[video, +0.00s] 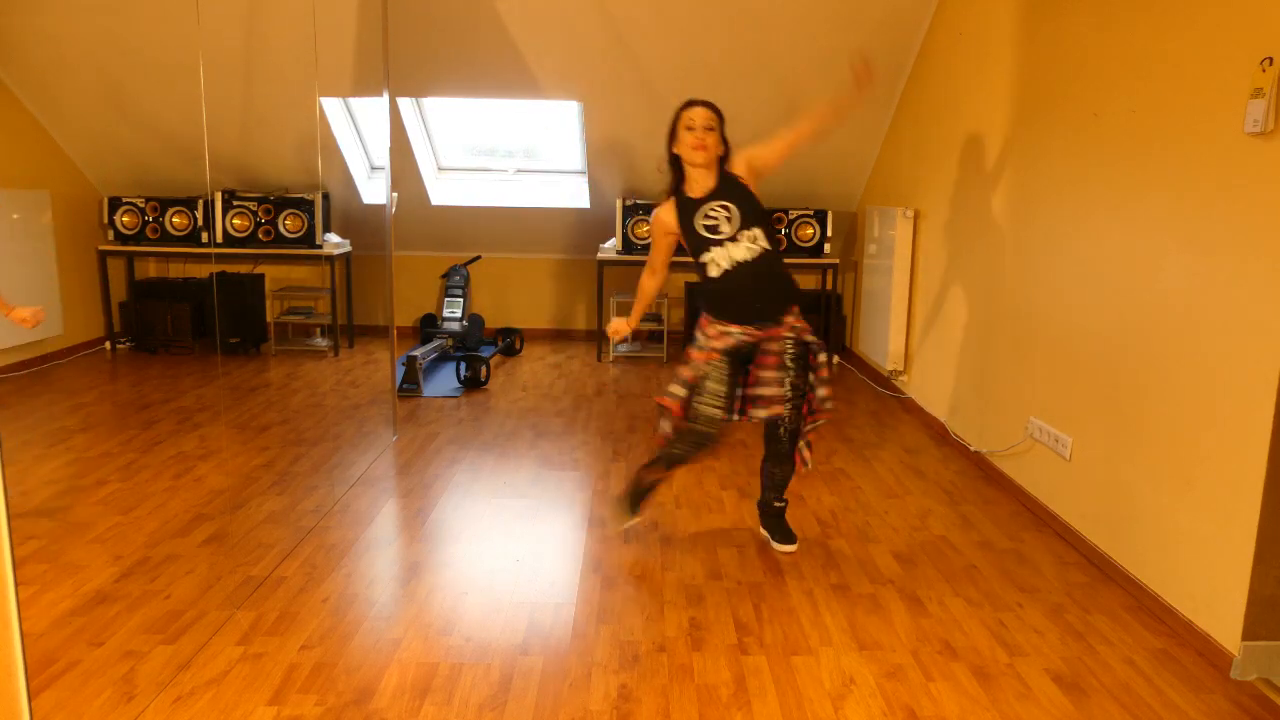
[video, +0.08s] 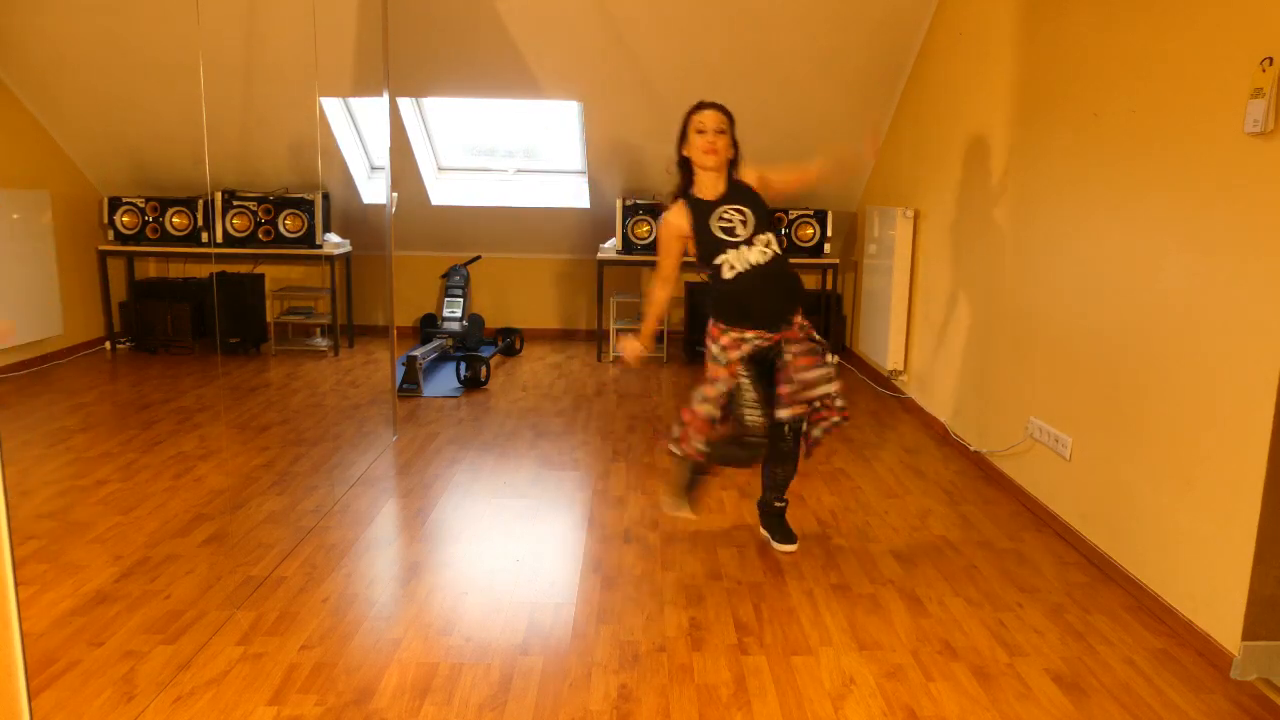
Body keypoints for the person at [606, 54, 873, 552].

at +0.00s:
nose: (701, 135)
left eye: (710, 129)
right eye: (690, 129)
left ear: (722, 141)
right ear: (675, 143)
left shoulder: (744, 171)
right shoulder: (670, 215)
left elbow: (801, 132)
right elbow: (653, 273)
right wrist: (633, 319)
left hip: (782, 319)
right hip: (724, 327)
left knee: (786, 424)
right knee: (704, 427)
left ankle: (773, 507)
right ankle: (645, 481)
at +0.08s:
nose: (711, 139)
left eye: (720, 132)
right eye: (700, 132)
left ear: (733, 144)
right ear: (685, 147)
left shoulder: (750, 181)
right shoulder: (679, 216)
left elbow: (805, 177)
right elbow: (664, 283)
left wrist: (853, 160)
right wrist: (643, 340)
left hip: (788, 324)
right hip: (735, 334)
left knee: (789, 430)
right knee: (754, 434)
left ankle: (773, 507)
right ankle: (699, 459)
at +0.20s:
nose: (726, 137)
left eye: (734, 128)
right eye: (714, 129)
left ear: (745, 140)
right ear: (697, 144)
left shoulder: (756, 194)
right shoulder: (701, 206)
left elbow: (798, 233)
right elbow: (710, 284)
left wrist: (831, 249)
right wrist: (719, 352)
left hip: (793, 329)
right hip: (750, 338)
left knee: (801, 431)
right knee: (776, 440)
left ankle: (776, 507)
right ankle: (749, 499)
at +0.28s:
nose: (733, 123)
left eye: (740, 113)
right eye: (720, 116)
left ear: (750, 124)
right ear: (703, 131)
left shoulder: (759, 188)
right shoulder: (709, 189)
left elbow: (785, 249)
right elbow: (752, 251)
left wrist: (815, 280)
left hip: (775, 320)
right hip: (732, 323)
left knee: (789, 416)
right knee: (751, 419)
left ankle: (772, 505)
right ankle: (730, 487)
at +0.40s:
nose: (738, 95)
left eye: (743, 87)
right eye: (724, 90)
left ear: (755, 97)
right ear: (706, 106)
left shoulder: (759, 155)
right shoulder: (712, 155)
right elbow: (737, 152)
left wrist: (839, 117)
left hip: (770, 298)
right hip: (723, 298)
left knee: (775, 395)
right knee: (713, 398)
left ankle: (767, 505)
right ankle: (669, 489)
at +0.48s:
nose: (737, 91)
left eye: (742, 83)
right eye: (724, 83)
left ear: (749, 88)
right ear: (702, 96)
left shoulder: (747, 142)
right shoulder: (707, 141)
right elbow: (745, 98)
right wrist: (793, 36)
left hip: (759, 292)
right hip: (718, 290)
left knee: (763, 398)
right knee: (687, 399)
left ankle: (764, 503)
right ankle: (628, 491)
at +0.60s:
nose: (725, 104)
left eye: (732, 95)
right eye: (713, 96)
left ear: (741, 105)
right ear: (693, 108)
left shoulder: (739, 163)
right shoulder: (690, 157)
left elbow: (705, 235)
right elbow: (689, 72)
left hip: (746, 309)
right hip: (706, 308)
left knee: (752, 405)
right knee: (665, 410)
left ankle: (758, 507)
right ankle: (599, 507)